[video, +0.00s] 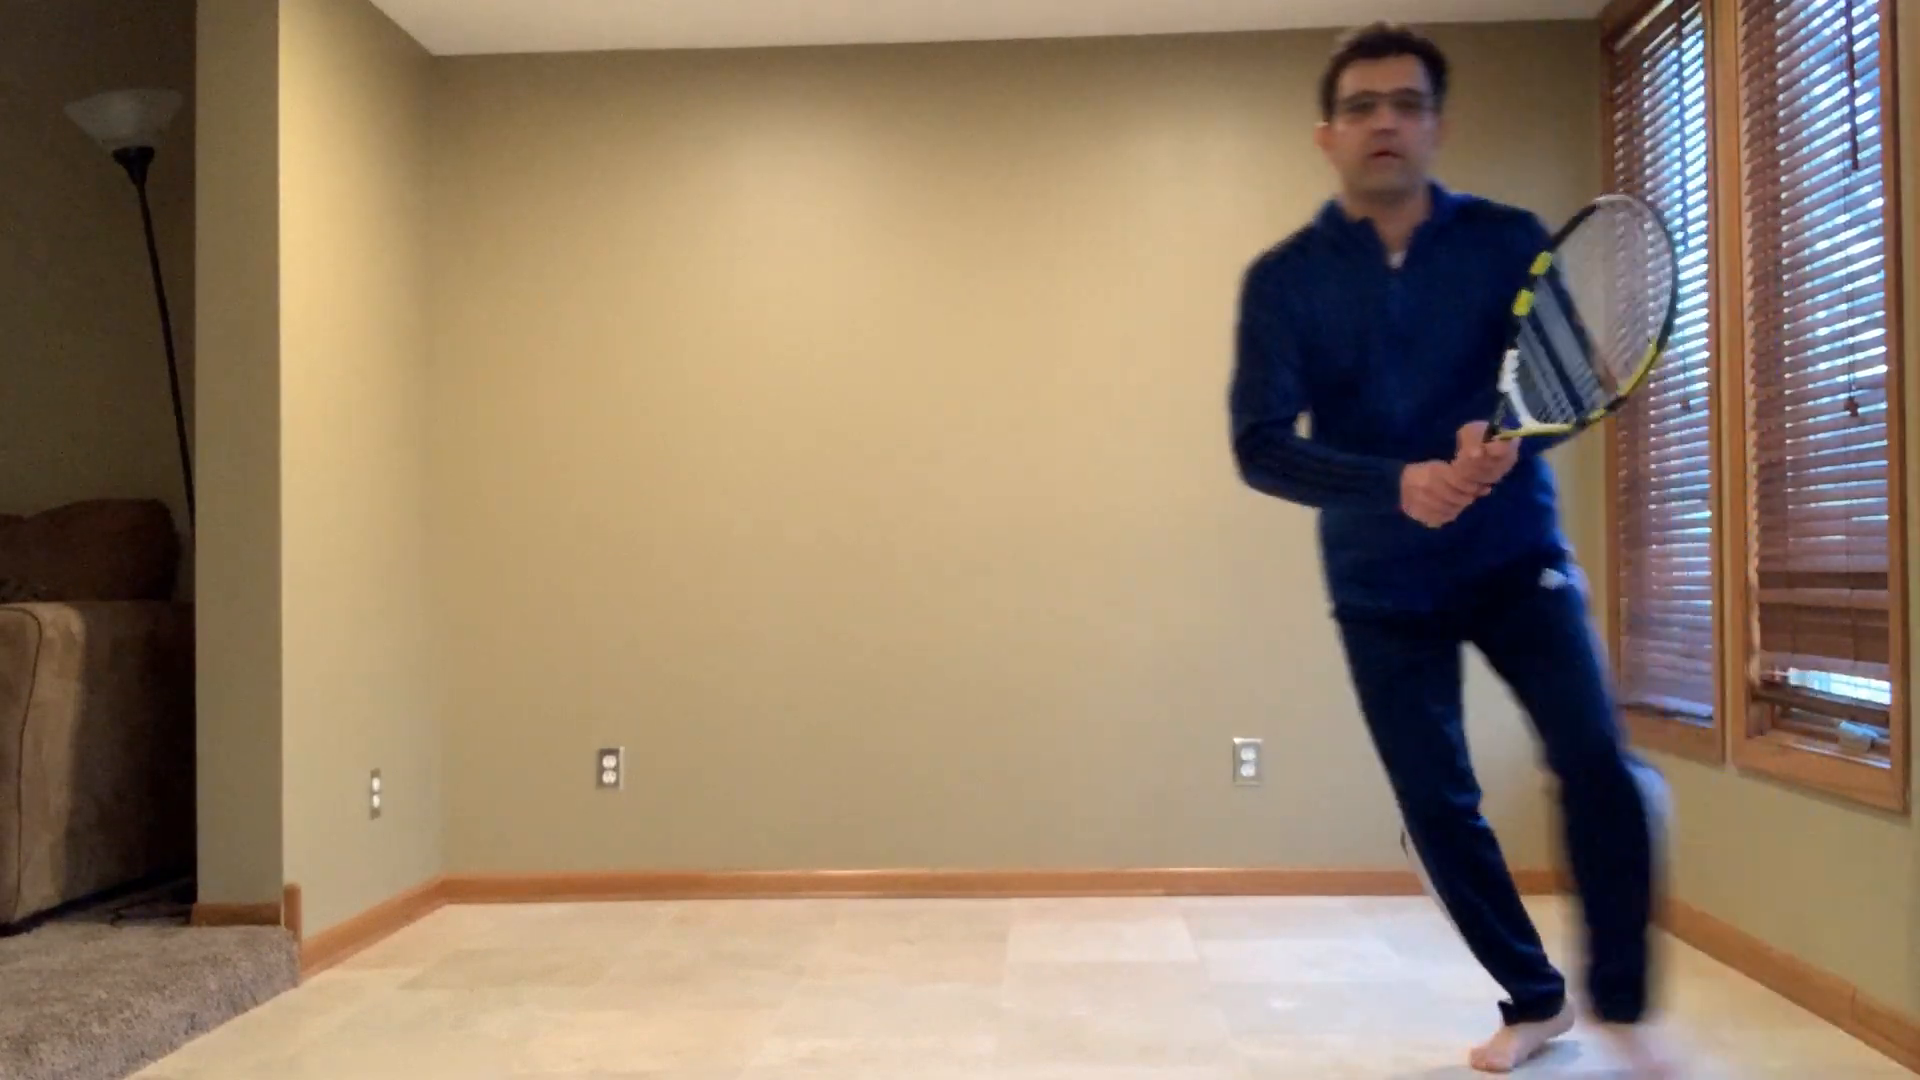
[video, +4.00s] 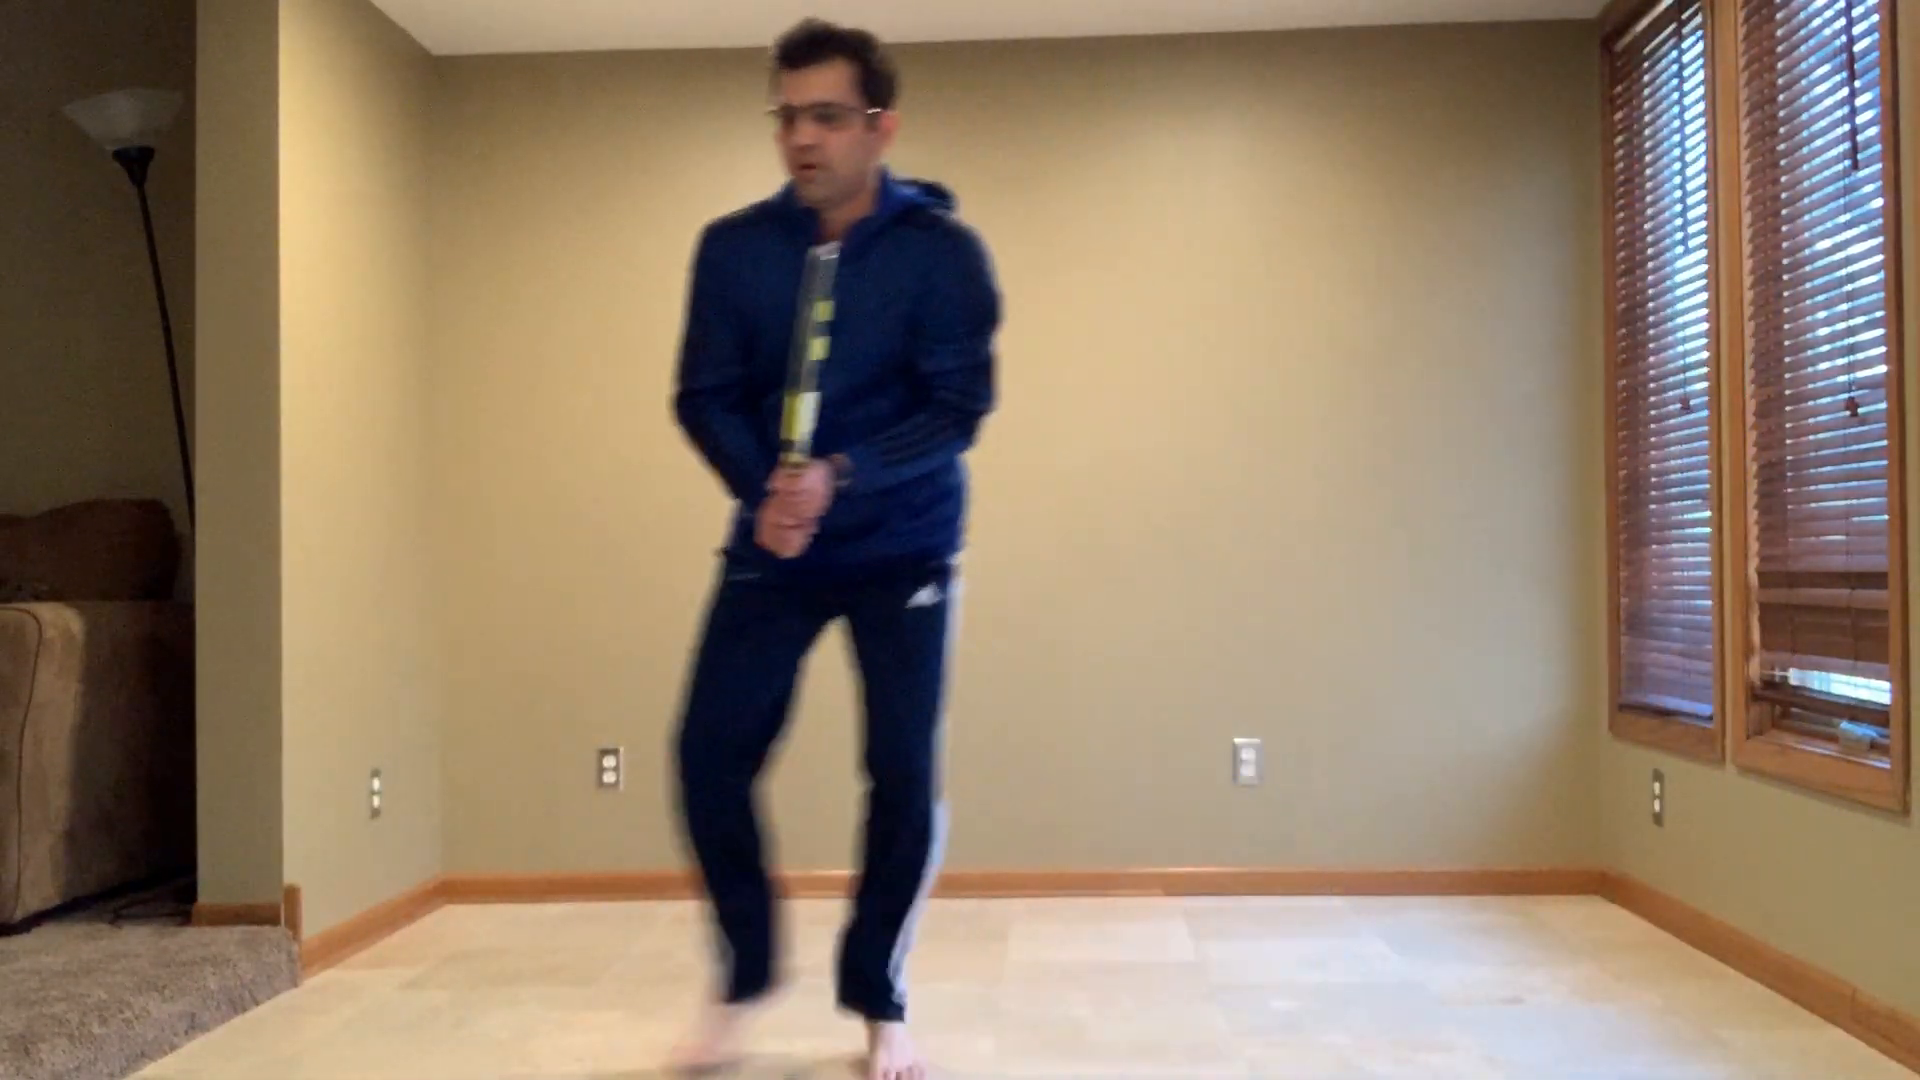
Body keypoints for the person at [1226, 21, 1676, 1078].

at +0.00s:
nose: (1385, 124)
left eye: (1408, 104)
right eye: (1360, 106)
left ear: (1440, 127)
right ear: (1325, 134)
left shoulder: (1506, 238)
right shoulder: (1284, 280)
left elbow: (1570, 377)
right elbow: (1260, 449)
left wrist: (1509, 435)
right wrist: (1394, 480)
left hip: (1515, 556)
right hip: (1383, 579)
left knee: (1595, 759)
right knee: (1435, 805)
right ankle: (1533, 1001)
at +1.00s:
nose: (531, 106)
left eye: (560, 91)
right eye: (520, 86)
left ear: (609, 120)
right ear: (502, 106)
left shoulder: (663, 244)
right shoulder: (447, 230)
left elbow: (685, 396)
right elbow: (406, 379)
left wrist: (572, 468)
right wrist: (485, 475)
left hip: (613, 550)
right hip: (475, 546)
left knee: (625, 776)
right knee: (403, 762)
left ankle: (612, 993)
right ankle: (389, 973)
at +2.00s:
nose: (1122, 258)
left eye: (1141, 246)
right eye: (1108, 231)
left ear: (1150, 258)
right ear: (1048, 220)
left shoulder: (1046, 329)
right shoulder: (991, 323)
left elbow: (1021, 490)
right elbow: (1006, 498)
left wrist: (1088, 599)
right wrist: (1080, 621)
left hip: (928, 587)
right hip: (847, 579)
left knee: (1013, 764)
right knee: (910, 803)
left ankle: (1027, 1003)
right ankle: (730, 966)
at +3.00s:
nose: (1711, 120)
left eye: (1727, 105)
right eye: (1684, 99)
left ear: (1740, 131)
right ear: (1620, 125)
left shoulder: (1757, 238)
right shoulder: (1549, 242)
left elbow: (1698, 346)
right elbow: (1401, 394)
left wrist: (1544, 268)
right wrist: (1465, 314)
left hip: (1712, 571)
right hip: (1567, 569)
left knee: (1827, 804)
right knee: (1613, 799)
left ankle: (1843, 1029)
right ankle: (1542, 1055)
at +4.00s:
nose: (800, 137)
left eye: (825, 118)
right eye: (787, 117)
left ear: (882, 125)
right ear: (775, 126)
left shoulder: (943, 253)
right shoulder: (736, 247)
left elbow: (957, 408)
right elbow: (701, 394)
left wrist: (841, 478)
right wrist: (759, 485)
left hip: (903, 559)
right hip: (770, 557)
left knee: (903, 779)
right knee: (709, 757)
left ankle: (877, 994)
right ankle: (748, 972)